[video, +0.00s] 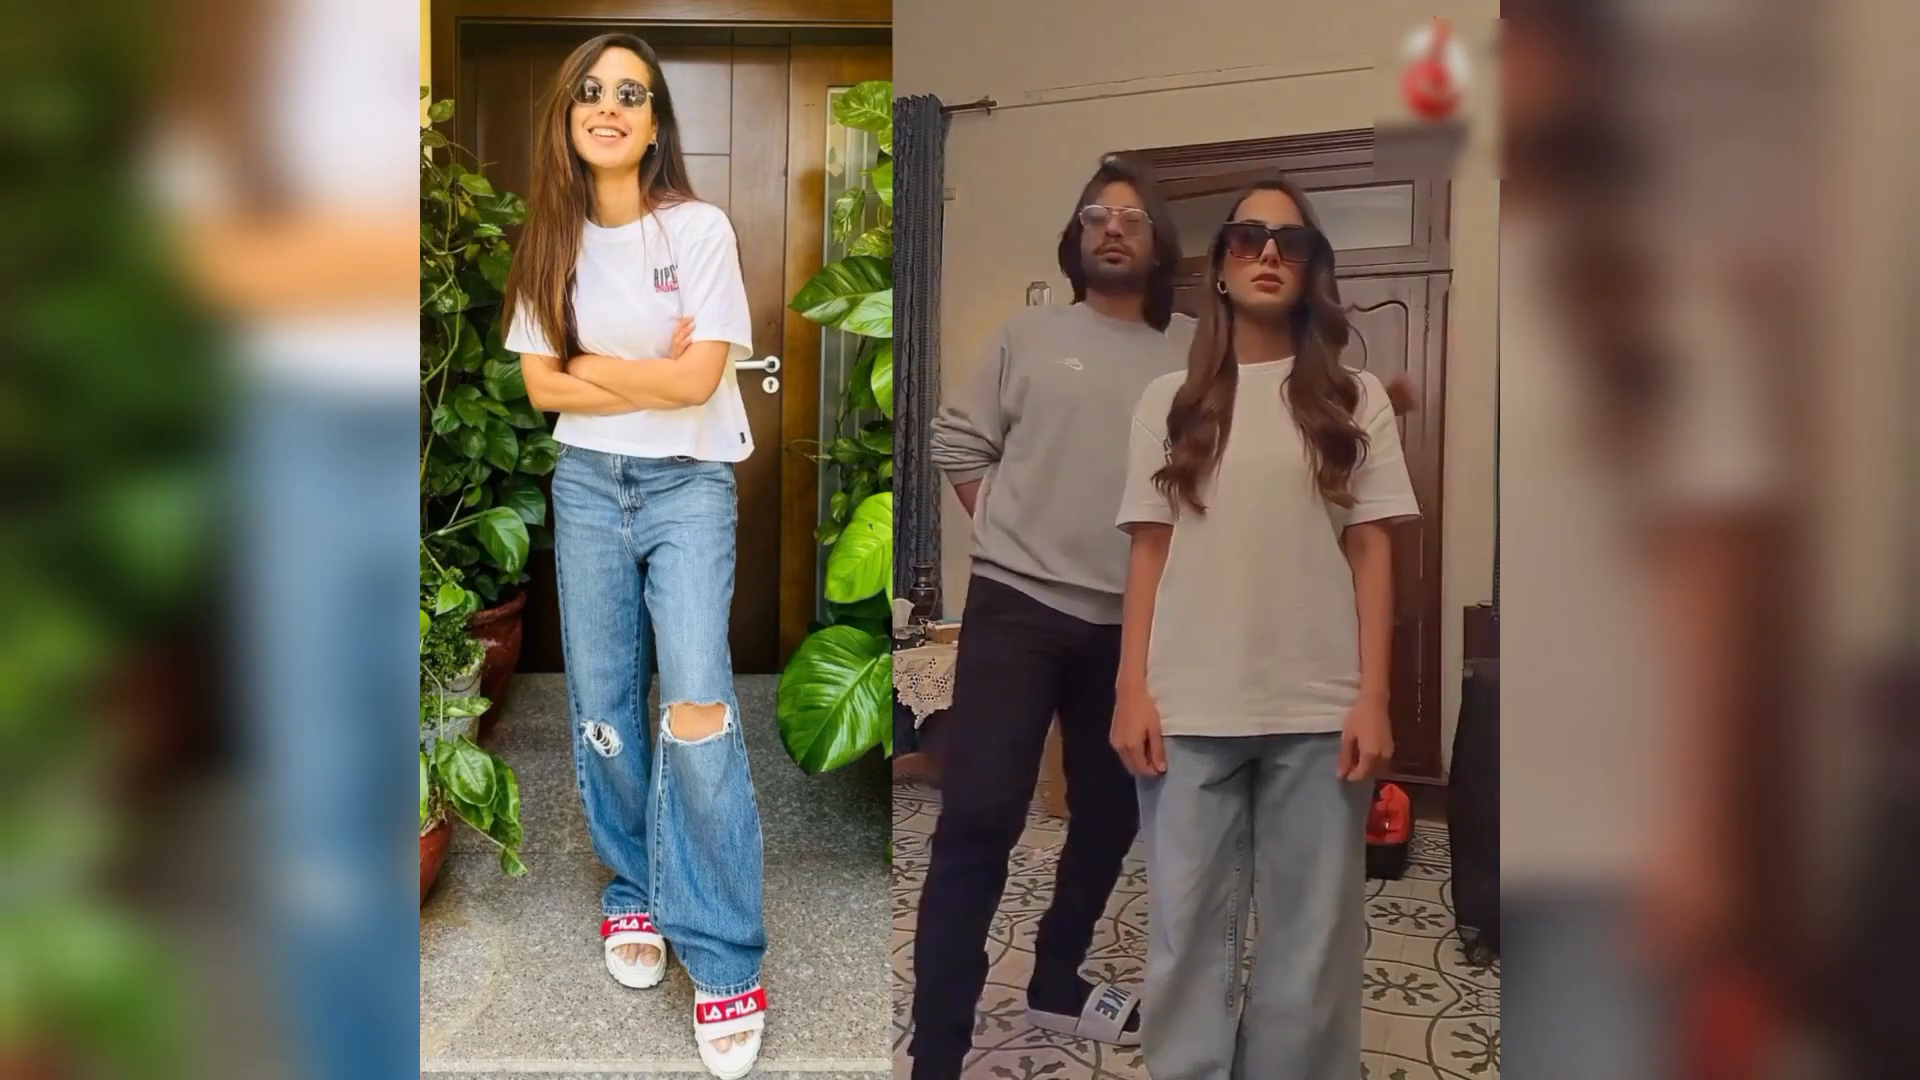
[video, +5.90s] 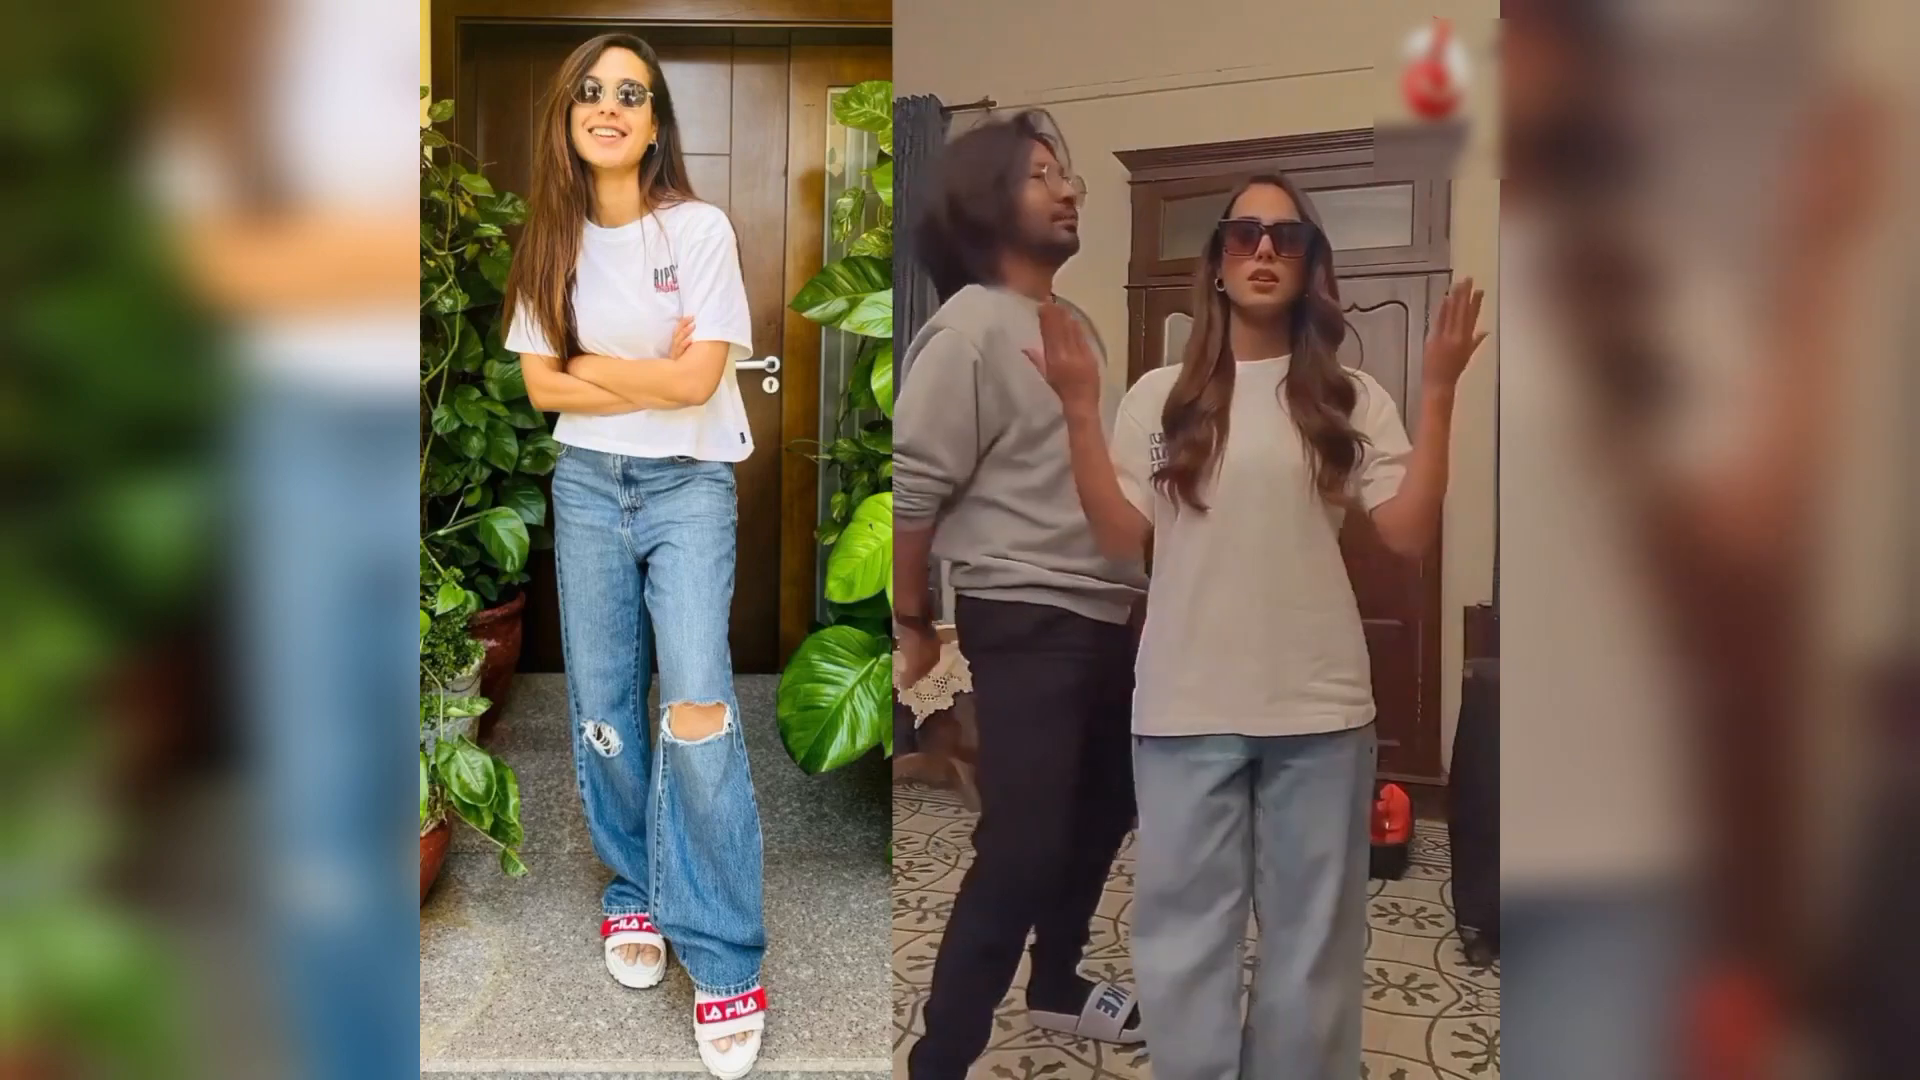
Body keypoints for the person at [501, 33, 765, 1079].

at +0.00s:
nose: (610, 111)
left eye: (629, 98)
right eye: (593, 95)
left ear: (656, 121)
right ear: (566, 117)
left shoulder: (699, 225)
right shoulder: (549, 240)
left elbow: (698, 378)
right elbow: (541, 385)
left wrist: (577, 362)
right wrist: (661, 379)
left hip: (689, 482)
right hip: (584, 484)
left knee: (694, 709)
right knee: (603, 708)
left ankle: (724, 957)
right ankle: (631, 891)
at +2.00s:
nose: (610, 111)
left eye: (629, 98)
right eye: (593, 95)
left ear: (656, 122)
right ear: (566, 117)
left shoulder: (699, 226)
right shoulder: (550, 239)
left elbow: (698, 378)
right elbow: (540, 385)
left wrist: (576, 362)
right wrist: (662, 378)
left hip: (689, 482)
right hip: (584, 484)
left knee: (695, 709)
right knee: (602, 708)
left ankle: (724, 955)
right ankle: (631, 890)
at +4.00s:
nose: (610, 111)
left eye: (630, 97)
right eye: (593, 95)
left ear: (656, 120)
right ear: (566, 117)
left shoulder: (699, 226)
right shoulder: (549, 240)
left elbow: (698, 378)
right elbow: (540, 385)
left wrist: (576, 362)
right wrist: (662, 378)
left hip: (689, 482)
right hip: (584, 484)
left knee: (695, 708)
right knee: (603, 709)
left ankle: (724, 954)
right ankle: (631, 890)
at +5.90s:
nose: (610, 111)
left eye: (630, 98)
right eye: (593, 95)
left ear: (656, 121)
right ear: (566, 117)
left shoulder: (699, 226)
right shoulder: (549, 239)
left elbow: (698, 378)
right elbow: (540, 386)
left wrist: (576, 362)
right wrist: (662, 378)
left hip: (689, 482)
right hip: (584, 484)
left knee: (695, 707)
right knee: (603, 707)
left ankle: (724, 956)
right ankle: (632, 890)